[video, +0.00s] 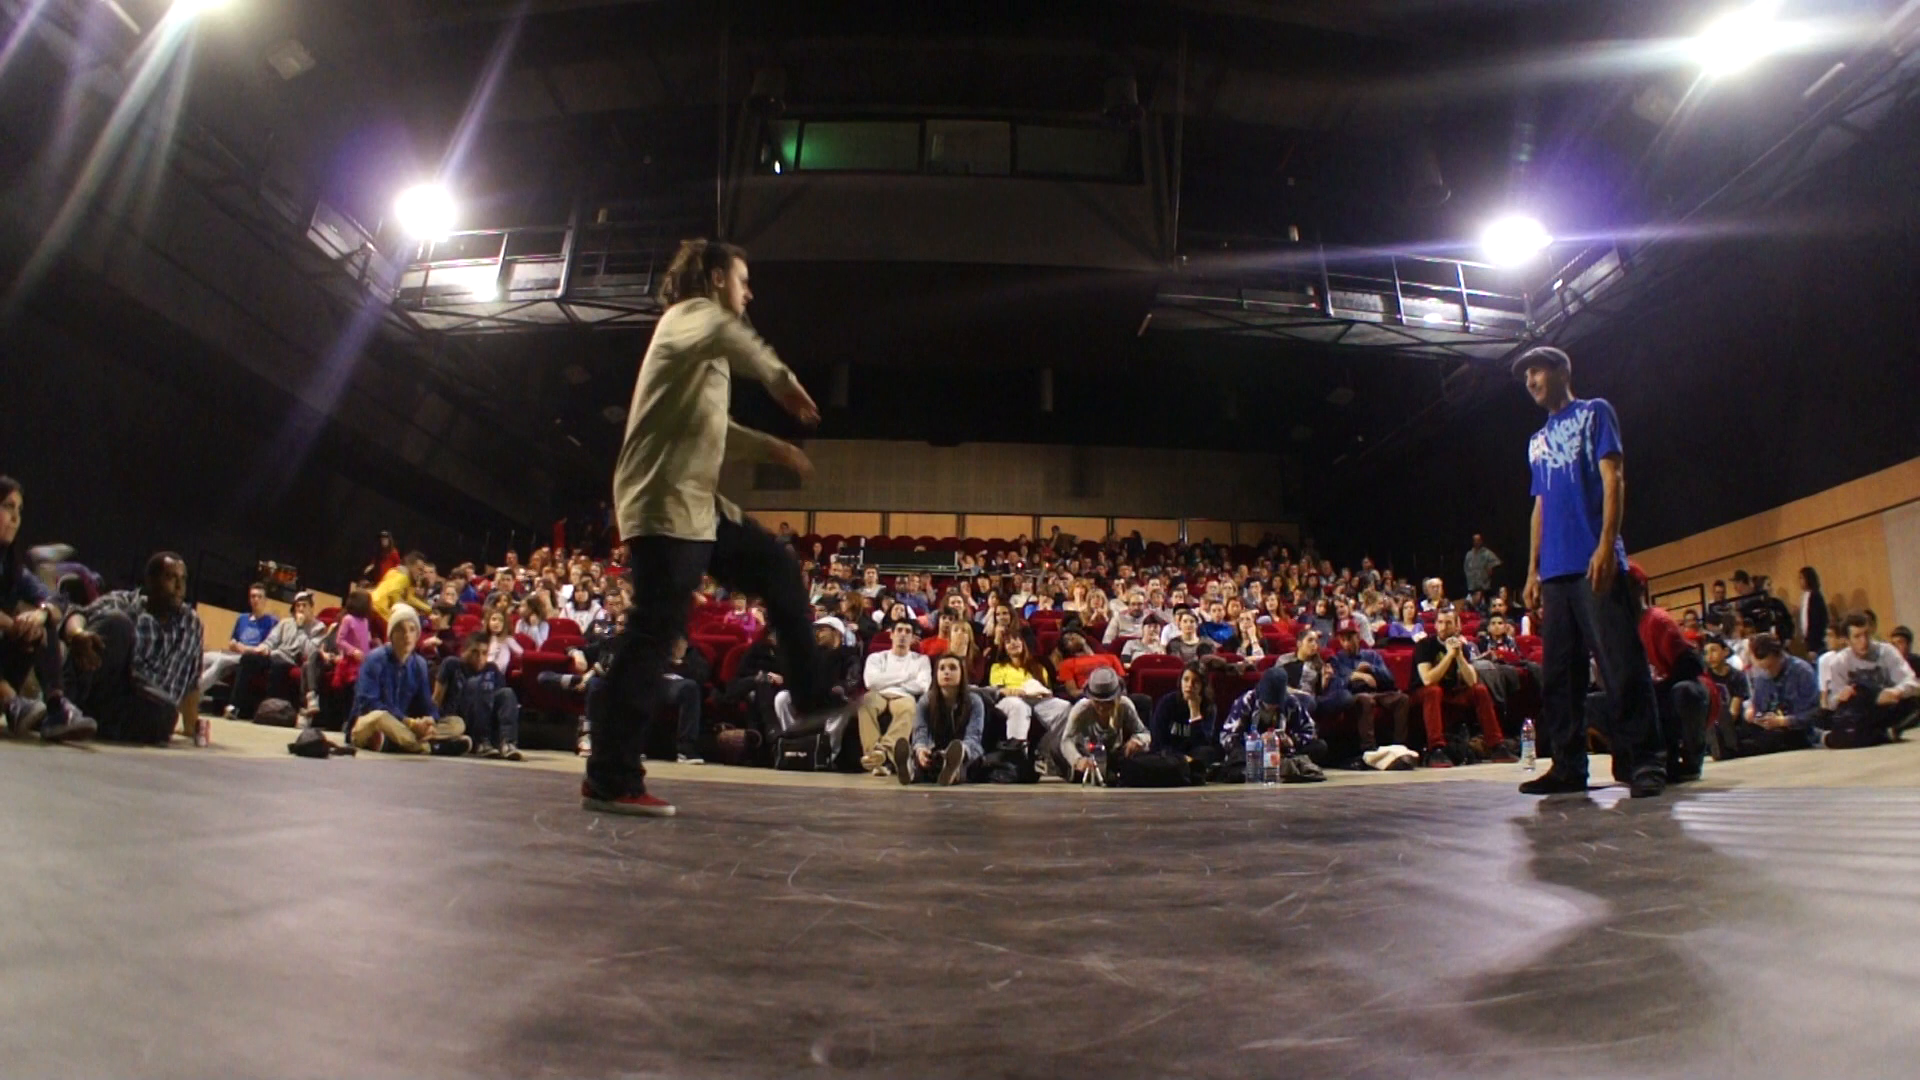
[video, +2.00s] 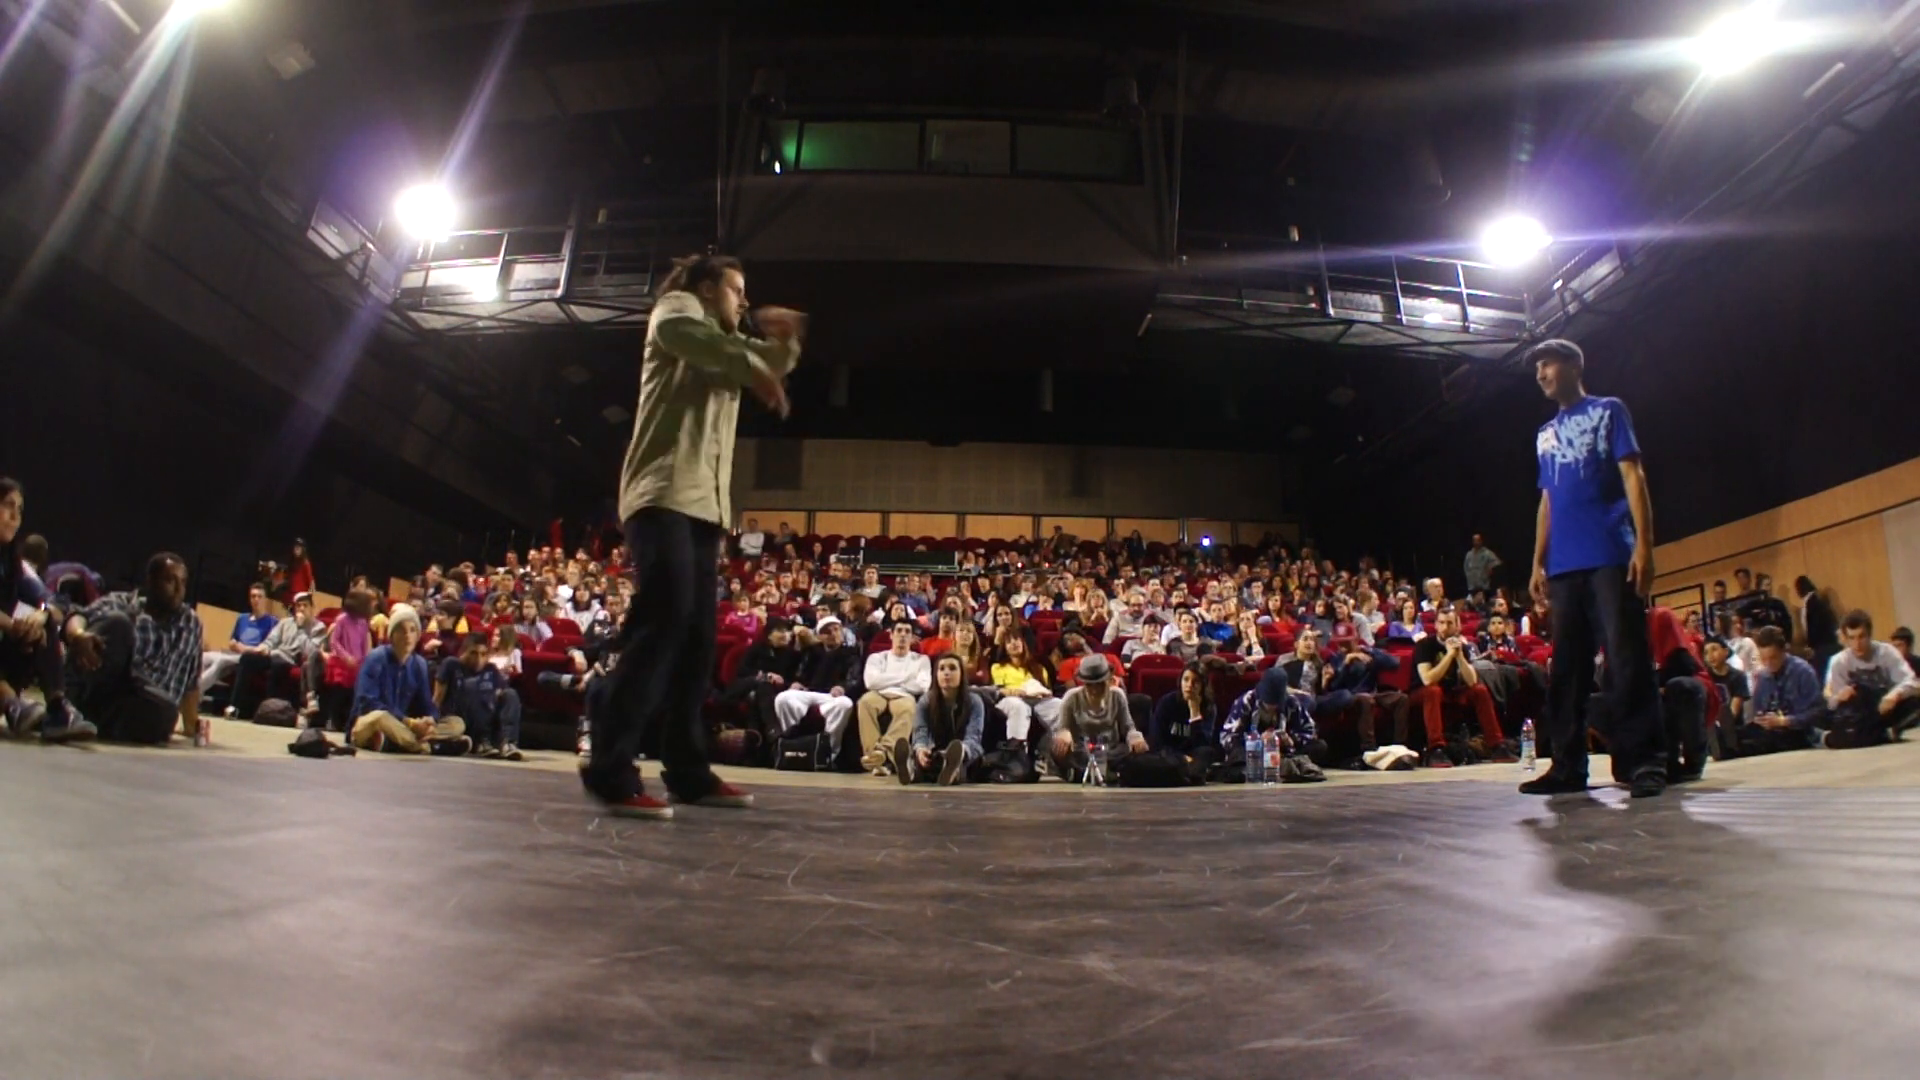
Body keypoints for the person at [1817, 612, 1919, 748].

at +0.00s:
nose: (1863, 641)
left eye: (1866, 635)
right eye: (1857, 637)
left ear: (1871, 633)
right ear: (1847, 639)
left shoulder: (1887, 652)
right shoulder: (1839, 662)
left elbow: (1911, 681)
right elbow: (1831, 703)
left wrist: (1895, 692)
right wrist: (1839, 697)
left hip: (1886, 707)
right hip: (1857, 709)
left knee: (1913, 703)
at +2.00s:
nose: (1857, 643)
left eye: (1861, 637)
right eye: (1852, 638)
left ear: (1869, 635)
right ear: (1844, 638)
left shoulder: (1886, 652)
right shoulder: (1839, 661)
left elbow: (1911, 681)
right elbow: (1831, 703)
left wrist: (1893, 695)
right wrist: (1839, 697)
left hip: (1887, 702)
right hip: (1859, 704)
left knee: (1913, 703)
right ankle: (1885, 734)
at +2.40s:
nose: (1857, 643)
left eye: (1861, 637)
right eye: (1851, 638)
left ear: (1869, 636)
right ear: (1845, 639)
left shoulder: (1887, 652)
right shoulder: (1836, 661)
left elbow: (1911, 681)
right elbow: (1830, 702)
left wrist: (1894, 695)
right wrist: (1839, 696)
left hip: (1886, 703)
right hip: (1857, 705)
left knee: (1914, 704)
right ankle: (1884, 734)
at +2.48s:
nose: (1857, 644)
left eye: (1862, 637)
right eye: (1851, 638)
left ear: (1870, 636)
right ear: (1845, 639)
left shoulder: (1887, 652)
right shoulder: (1836, 661)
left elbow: (1911, 681)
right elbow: (1828, 702)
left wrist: (1894, 695)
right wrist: (1838, 697)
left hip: (1885, 704)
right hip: (1856, 706)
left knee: (1914, 704)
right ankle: (1884, 734)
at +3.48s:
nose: (1858, 645)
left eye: (1862, 639)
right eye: (1853, 639)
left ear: (1870, 637)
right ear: (1847, 639)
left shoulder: (1887, 652)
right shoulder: (1839, 662)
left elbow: (1910, 680)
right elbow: (1828, 703)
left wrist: (1894, 695)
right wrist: (1839, 697)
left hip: (1884, 704)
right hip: (1856, 707)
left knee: (1913, 703)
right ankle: (1823, 739)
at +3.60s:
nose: (1858, 645)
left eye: (1863, 639)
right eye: (1853, 640)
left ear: (1871, 637)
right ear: (1847, 639)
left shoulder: (1887, 652)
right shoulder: (1839, 661)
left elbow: (1910, 681)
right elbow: (1828, 703)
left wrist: (1894, 695)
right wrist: (1839, 697)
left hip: (1884, 705)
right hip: (1856, 707)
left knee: (1913, 704)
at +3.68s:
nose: (1859, 645)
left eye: (1863, 639)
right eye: (1853, 639)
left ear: (1871, 636)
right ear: (1847, 639)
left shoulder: (1887, 652)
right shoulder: (1839, 661)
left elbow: (1911, 681)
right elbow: (1828, 703)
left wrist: (1894, 695)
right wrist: (1839, 697)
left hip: (1884, 704)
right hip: (1856, 706)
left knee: (1913, 704)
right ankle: (1884, 734)